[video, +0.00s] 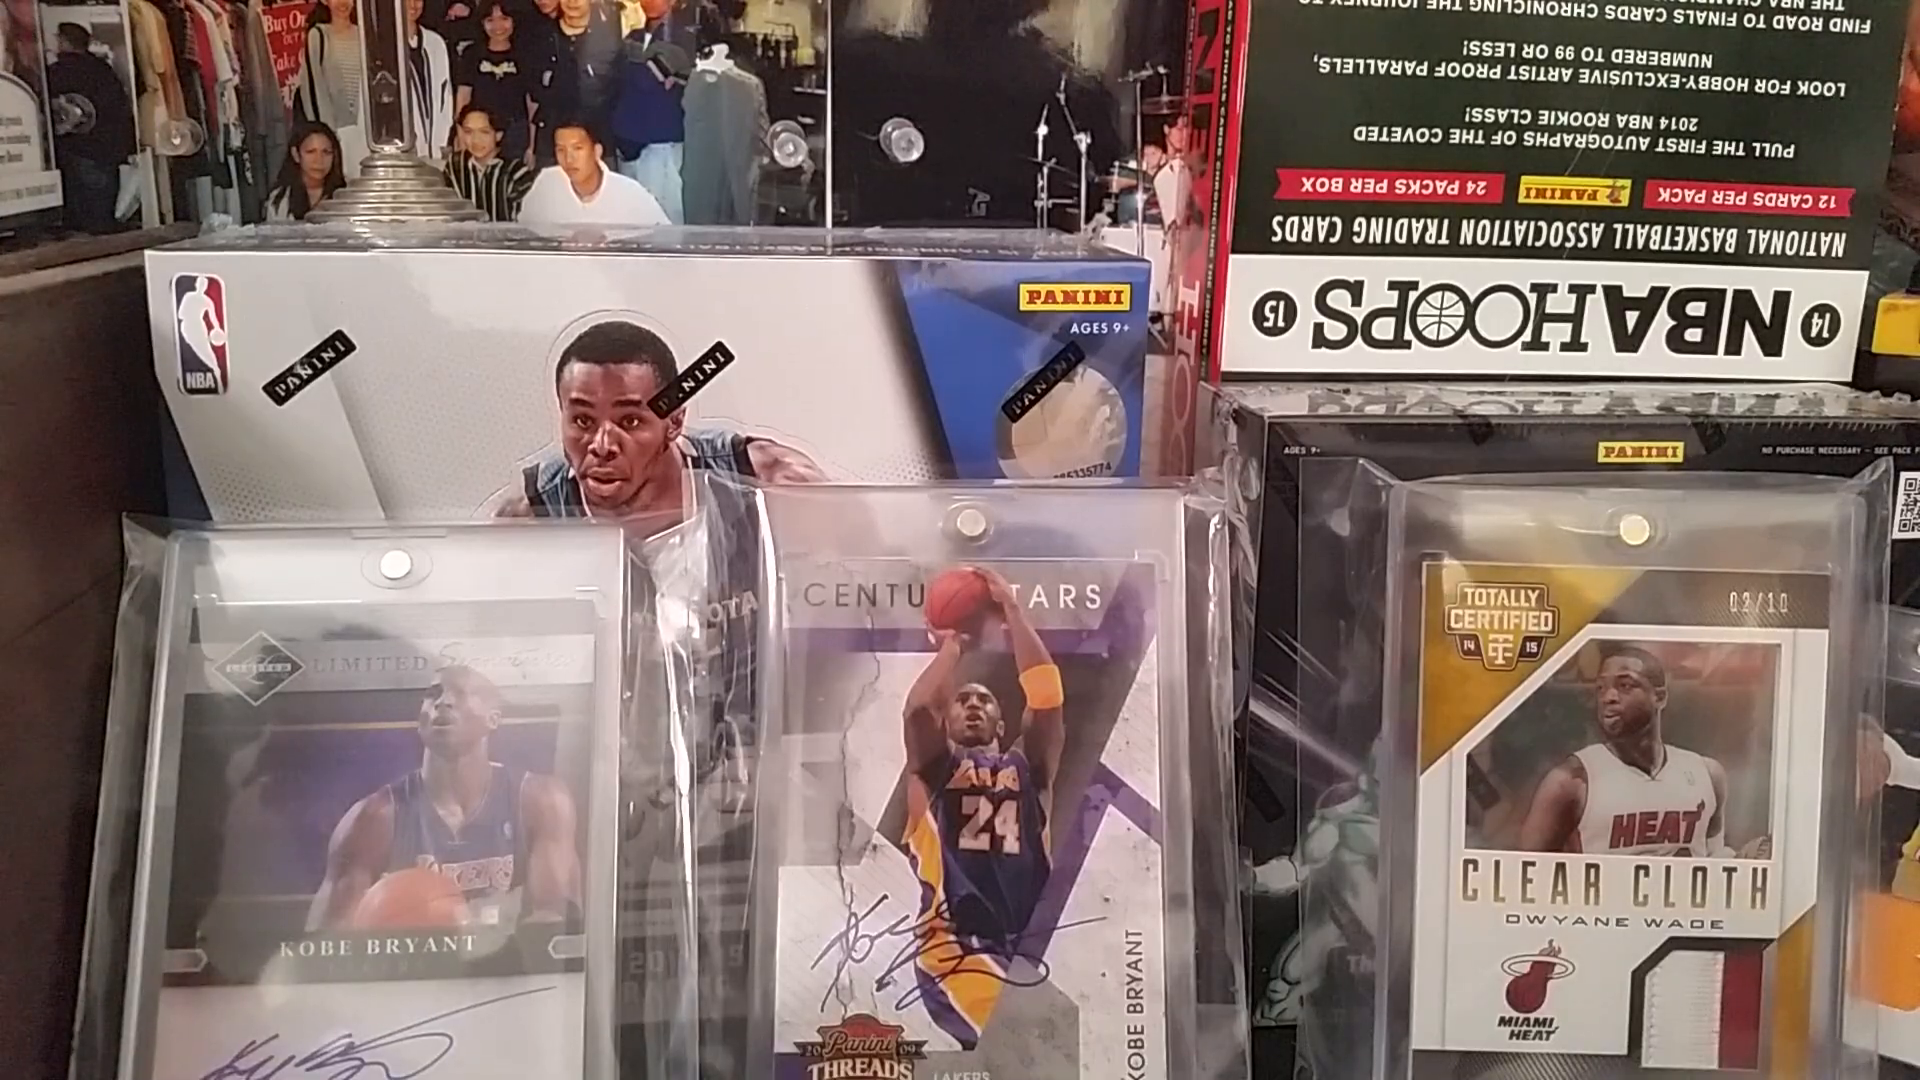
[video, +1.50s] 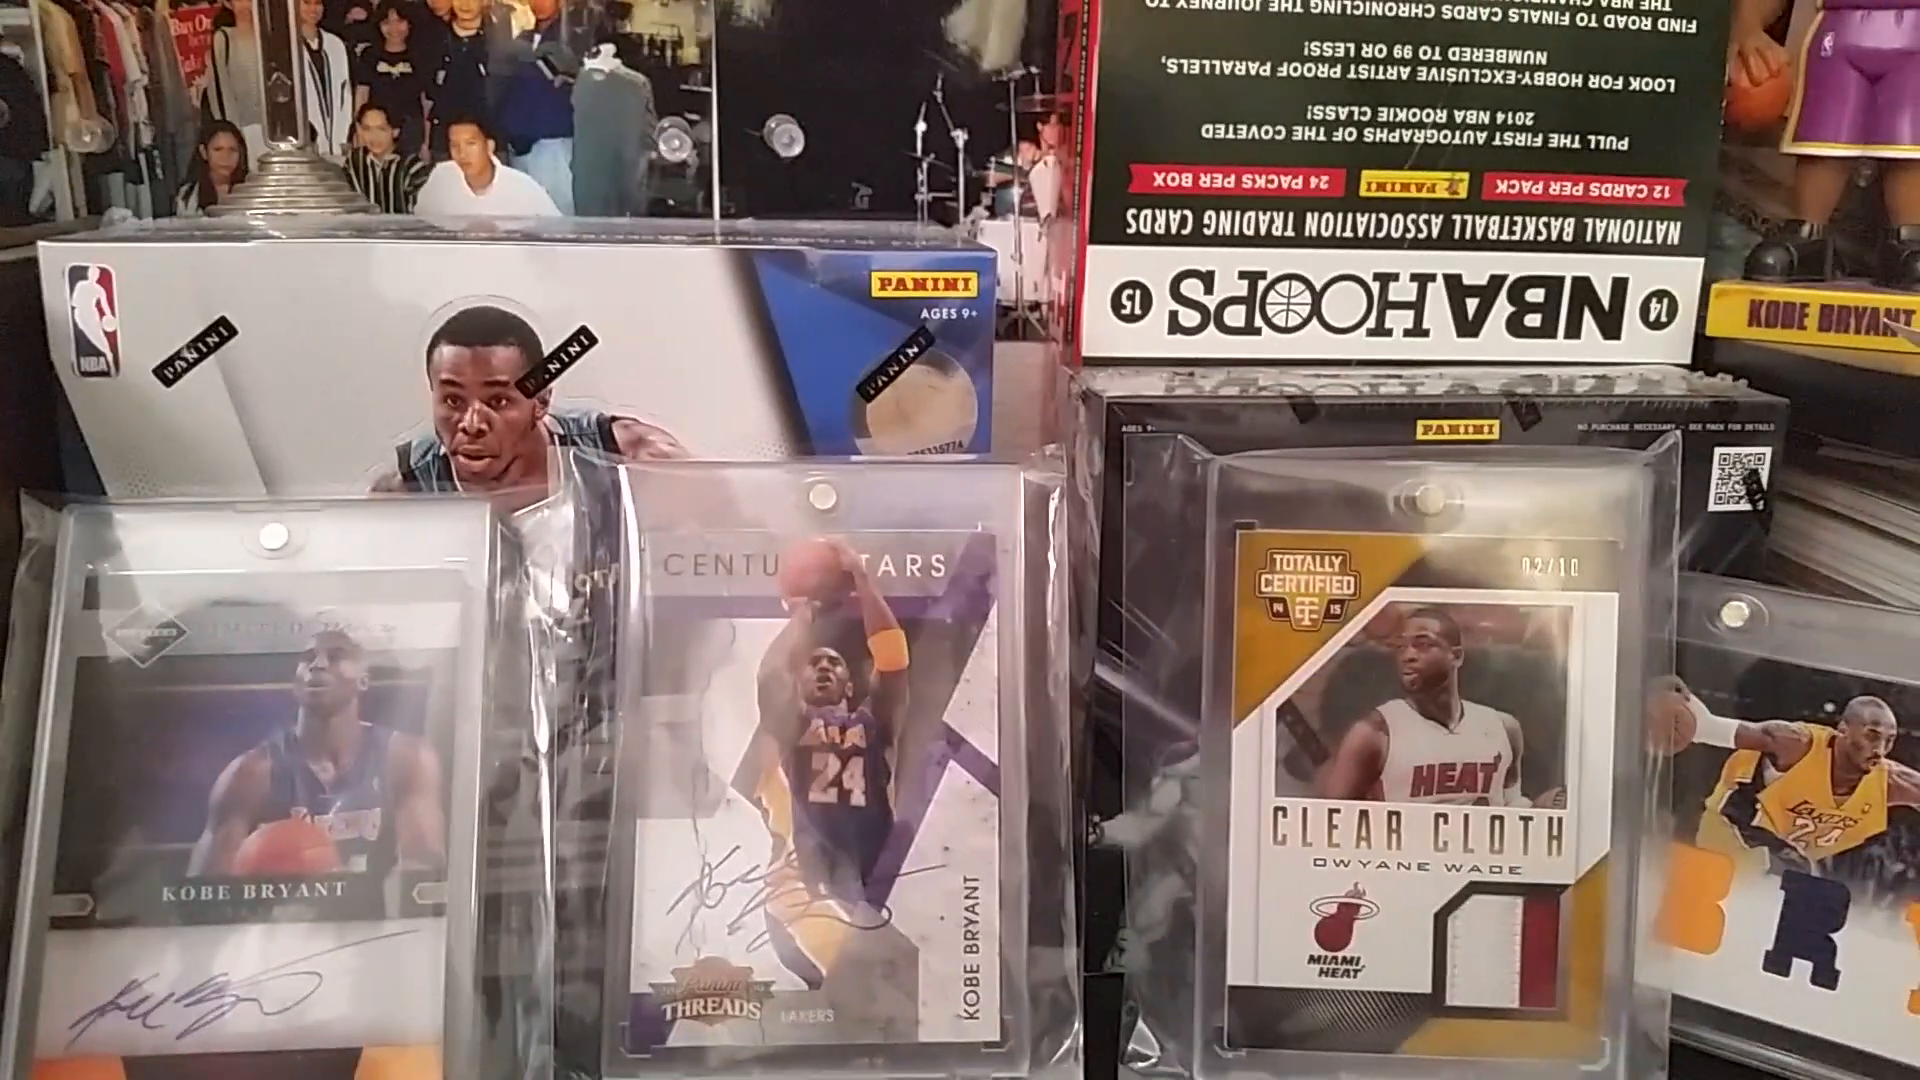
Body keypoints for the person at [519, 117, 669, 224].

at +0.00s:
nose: (569, 159)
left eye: (578, 149)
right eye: (561, 151)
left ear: (597, 151)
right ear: (555, 154)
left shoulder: (629, 192)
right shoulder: (547, 183)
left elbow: (668, 240)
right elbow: (521, 233)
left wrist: (609, 243)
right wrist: (564, 244)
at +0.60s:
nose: (586, 158)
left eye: (595, 148)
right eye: (579, 150)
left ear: (614, 150)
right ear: (573, 153)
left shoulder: (646, 191)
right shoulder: (564, 181)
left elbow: (685, 237)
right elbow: (540, 229)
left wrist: (625, 240)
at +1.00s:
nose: (573, 159)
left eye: (583, 149)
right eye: (567, 151)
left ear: (602, 153)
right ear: (561, 156)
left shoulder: (633, 193)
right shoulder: (553, 183)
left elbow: (669, 239)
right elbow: (528, 232)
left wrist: (614, 244)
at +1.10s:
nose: (538, 156)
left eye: (547, 147)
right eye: (534, 148)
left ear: (570, 150)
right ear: (529, 152)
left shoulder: (603, 189)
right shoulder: (519, 181)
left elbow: (634, 238)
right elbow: (495, 231)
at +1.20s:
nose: (506, 156)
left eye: (514, 147)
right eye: (500, 148)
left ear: (534, 148)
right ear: (494, 152)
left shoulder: (565, 189)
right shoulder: (484, 180)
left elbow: (601, 234)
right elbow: (460, 227)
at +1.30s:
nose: (475, 154)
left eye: (483, 145)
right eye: (468, 146)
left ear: (503, 148)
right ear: (463, 149)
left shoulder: (535, 186)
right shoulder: (454, 178)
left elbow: (572, 233)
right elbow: (430, 226)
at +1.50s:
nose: (462, 154)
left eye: (471, 144)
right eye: (455, 146)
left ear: (490, 147)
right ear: (449, 150)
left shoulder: (522, 186)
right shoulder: (442, 177)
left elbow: (559, 233)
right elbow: (418, 226)